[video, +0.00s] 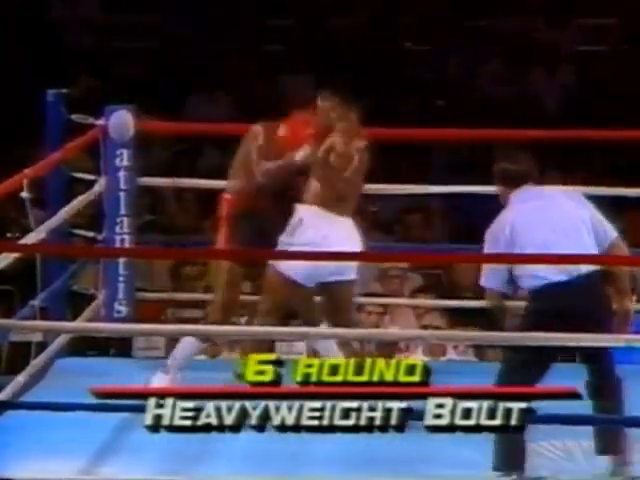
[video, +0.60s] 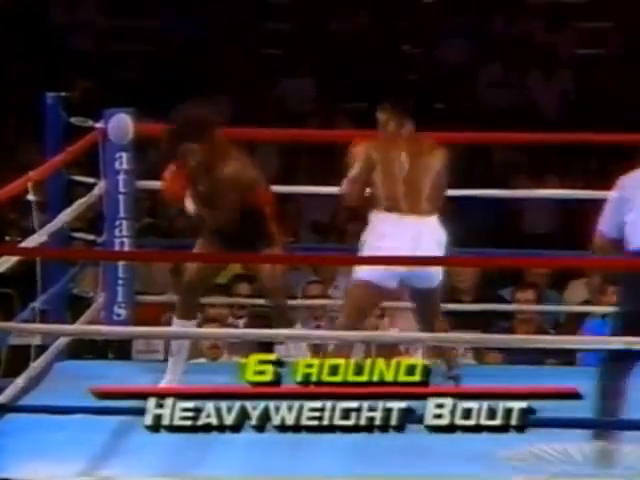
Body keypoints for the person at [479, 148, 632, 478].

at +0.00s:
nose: (497, 193)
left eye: (498, 187)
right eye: (499, 187)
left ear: (502, 188)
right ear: (534, 179)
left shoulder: (503, 224)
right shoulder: (573, 199)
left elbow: (493, 295)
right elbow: (618, 251)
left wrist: (504, 333)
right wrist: (624, 299)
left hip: (544, 300)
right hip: (592, 292)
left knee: (514, 378)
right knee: (601, 368)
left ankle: (509, 466)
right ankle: (617, 455)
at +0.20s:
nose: (527, 192)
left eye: (528, 187)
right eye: (528, 187)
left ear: (533, 187)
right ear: (567, 181)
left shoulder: (525, 223)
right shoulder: (602, 205)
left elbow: (519, 288)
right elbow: (634, 251)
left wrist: (526, 327)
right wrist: (633, 294)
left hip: (562, 304)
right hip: (611, 299)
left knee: (528, 379)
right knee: (635, 372)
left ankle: (512, 464)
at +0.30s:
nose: (568, 181)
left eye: (569, 176)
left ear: (574, 176)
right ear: (610, 173)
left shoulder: (560, 213)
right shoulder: (633, 202)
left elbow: (545, 272)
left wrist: (561, 302)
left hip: (587, 296)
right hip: (634, 295)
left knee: (555, 376)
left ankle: (520, 462)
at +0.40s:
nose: (595, 176)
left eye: (596, 171)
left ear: (603, 170)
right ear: (634, 169)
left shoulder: (589, 204)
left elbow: (569, 264)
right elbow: (570, 264)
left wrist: (586, 292)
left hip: (609, 289)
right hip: (638, 288)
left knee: (574, 365)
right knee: (574, 365)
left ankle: (536, 448)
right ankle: (538, 445)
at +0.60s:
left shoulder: (628, 185)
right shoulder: (627, 185)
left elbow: (604, 240)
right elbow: (603, 240)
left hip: (633, 287)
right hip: (632, 286)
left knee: (620, 357)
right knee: (620, 357)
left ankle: (605, 433)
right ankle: (605, 434)